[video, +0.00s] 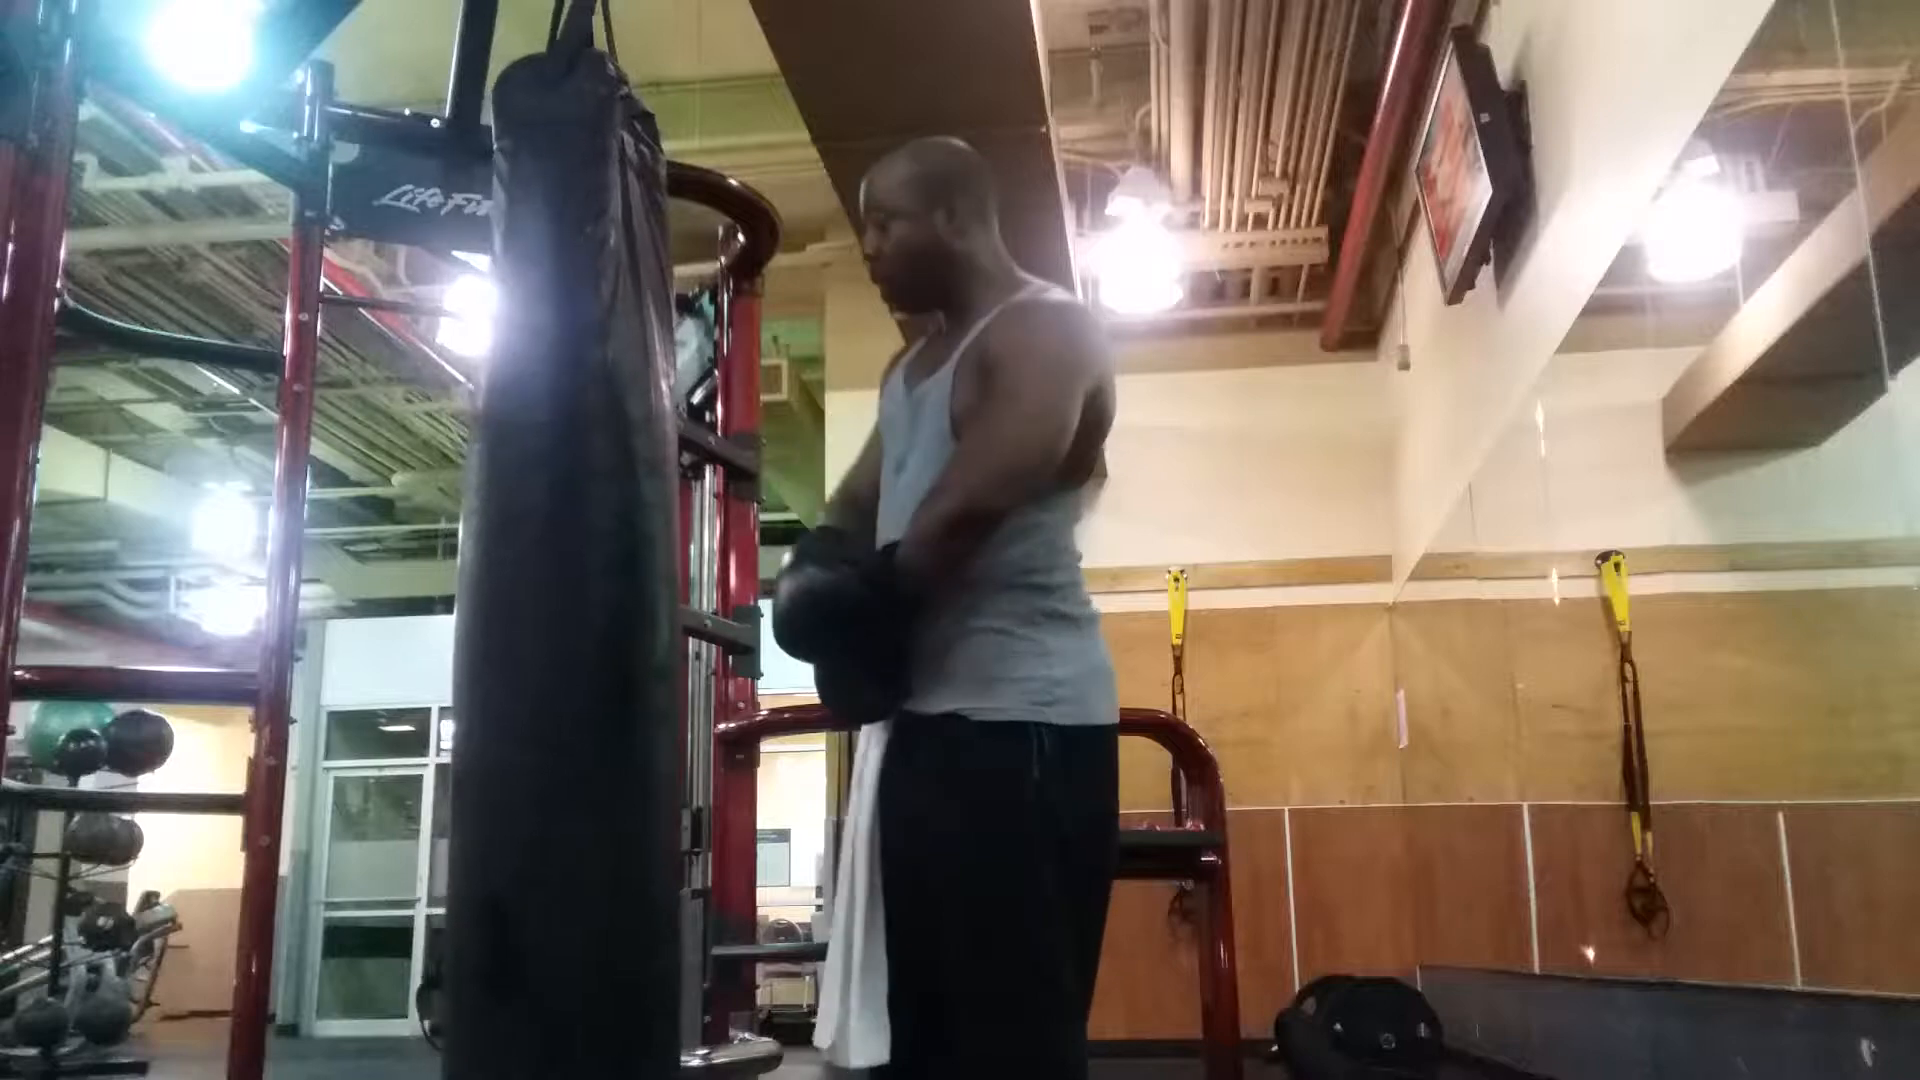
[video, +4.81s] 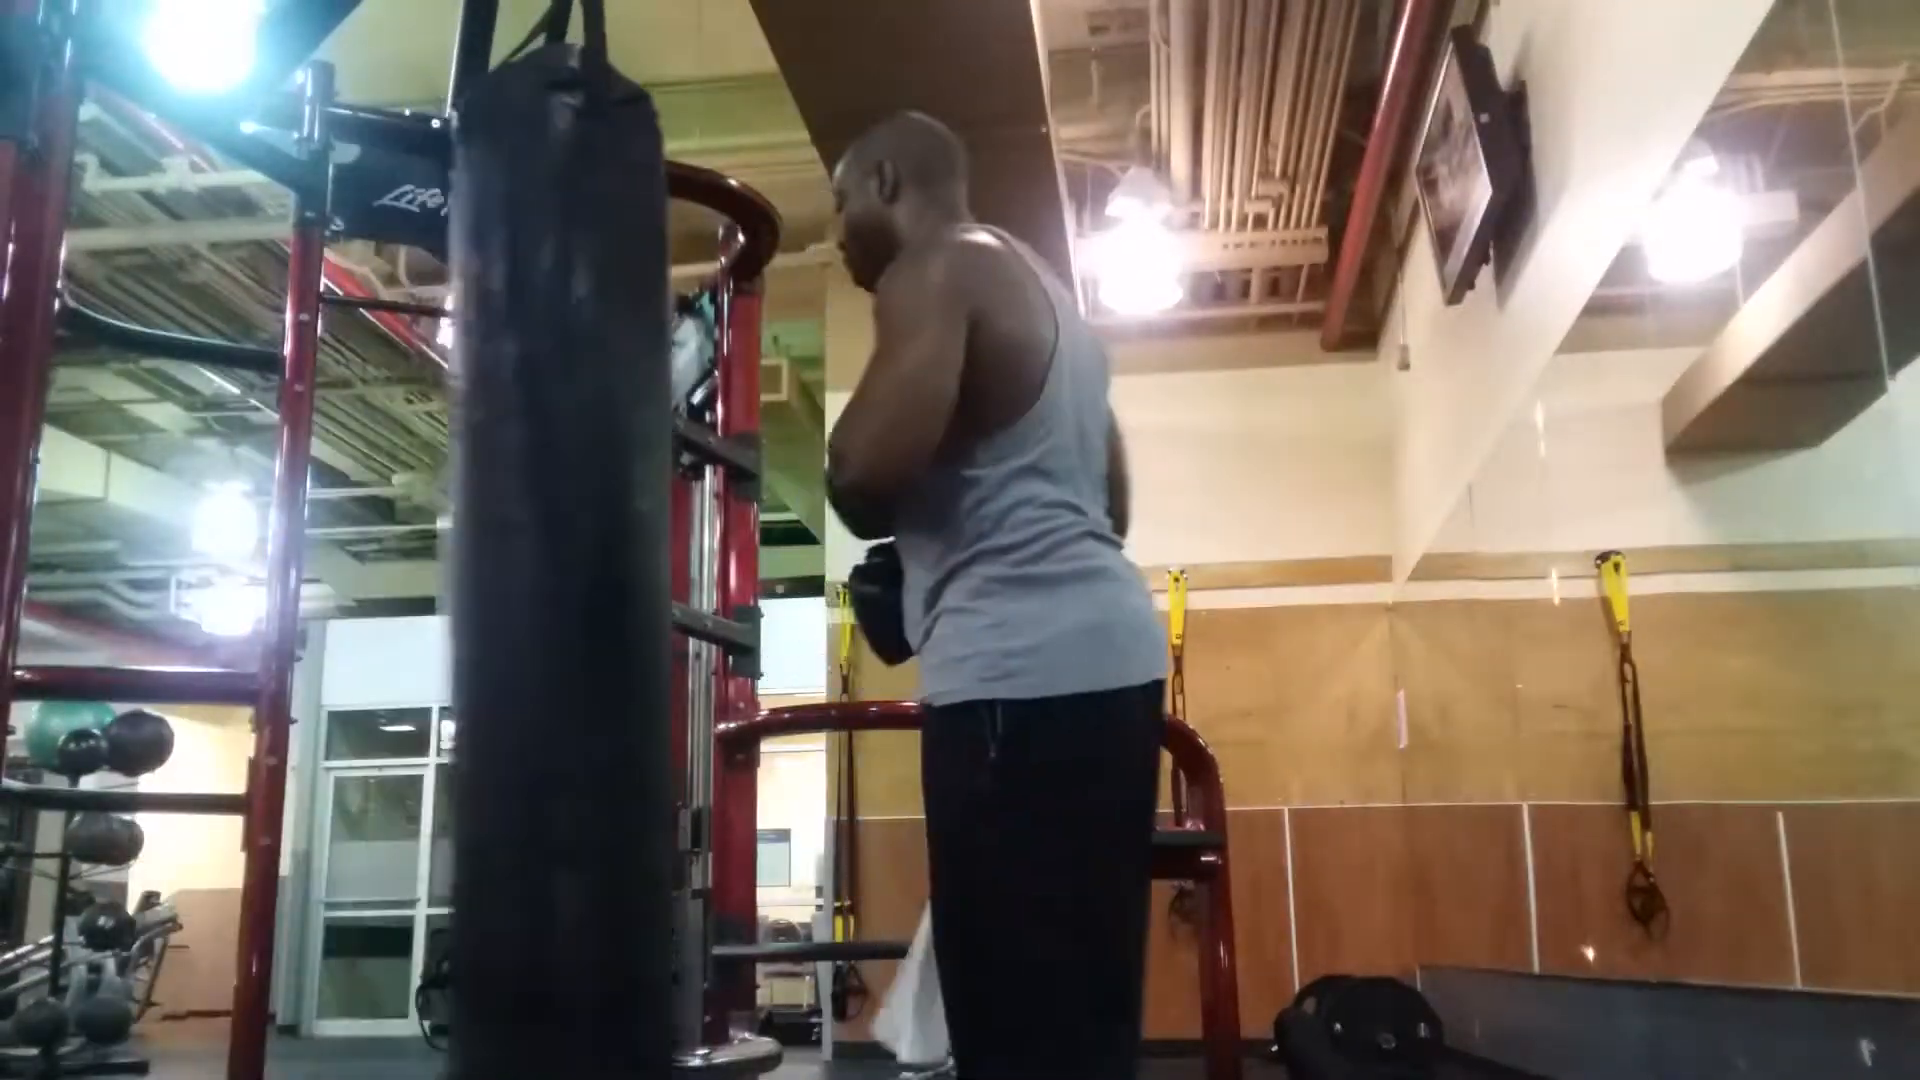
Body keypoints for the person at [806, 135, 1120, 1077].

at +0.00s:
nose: (868, 248)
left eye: (882, 225)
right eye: (865, 230)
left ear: (954, 219)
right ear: (935, 227)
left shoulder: (1042, 320)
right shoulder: (914, 366)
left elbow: (979, 501)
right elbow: (850, 511)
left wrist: (866, 609)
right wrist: (818, 584)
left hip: (1021, 727)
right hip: (926, 726)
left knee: (1005, 1033)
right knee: (923, 1027)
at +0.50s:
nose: (847, 240)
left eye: (864, 216)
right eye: (854, 220)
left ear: (920, 224)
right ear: (926, 229)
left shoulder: (978, 322)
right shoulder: (935, 355)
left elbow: (974, 464)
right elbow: (913, 557)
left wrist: (815, 528)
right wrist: (775, 591)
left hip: (981, 713)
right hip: (947, 713)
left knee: (992, 1022)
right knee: (981, 1021)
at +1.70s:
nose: (825, 335)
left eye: (826, 304)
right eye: (818, 313)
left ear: (882, 277)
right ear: (890, 282)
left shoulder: (977, 342)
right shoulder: (910, 387)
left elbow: (922, 481)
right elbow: (881, 542)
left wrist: (803, 443)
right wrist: (790, 463)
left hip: (950, 707)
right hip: (903, 708)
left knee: (951, 1010)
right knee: (924, 1007)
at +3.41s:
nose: (698, 338)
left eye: (707, 309)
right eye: (696, 316)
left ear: (754, 295)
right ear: (780, 296)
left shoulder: (818, 344)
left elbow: (789, 435)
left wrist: (677, 467)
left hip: (893, 707)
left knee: (916, 1011)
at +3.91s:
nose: (724, 309)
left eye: (738, 287)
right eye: (725, 293)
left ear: (805, 286)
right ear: (808, 293)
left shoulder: (858, 347)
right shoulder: (814, 401)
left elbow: (848, 462)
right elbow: (861, 597)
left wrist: (723, 483)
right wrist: (752, 624)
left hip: (911, 702)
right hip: (872, 706)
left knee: (914, 992)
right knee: (889, 990)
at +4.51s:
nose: (811, 256)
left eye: (824, 235)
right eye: (815, 237)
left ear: (880, 234)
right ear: (895, 241)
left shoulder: (938, 313)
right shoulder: (938, 331)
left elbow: (885, 474)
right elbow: (963, 546)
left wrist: (815, 489)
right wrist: (868, 608)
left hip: (971, 699)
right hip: (978, 698)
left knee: (960, 1020)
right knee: (983, 1016)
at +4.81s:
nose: (839, 236)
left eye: (841, 206)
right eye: (836, 211)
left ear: (883, 183)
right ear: (950, 187)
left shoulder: (944, 266)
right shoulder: (1049, 293)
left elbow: (869, 469)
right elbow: (1107, 510)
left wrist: (850, 474)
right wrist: (934, 566)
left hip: (1018, 673)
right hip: (1104, 665)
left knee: (1012, 1020)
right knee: (1084, 1010)